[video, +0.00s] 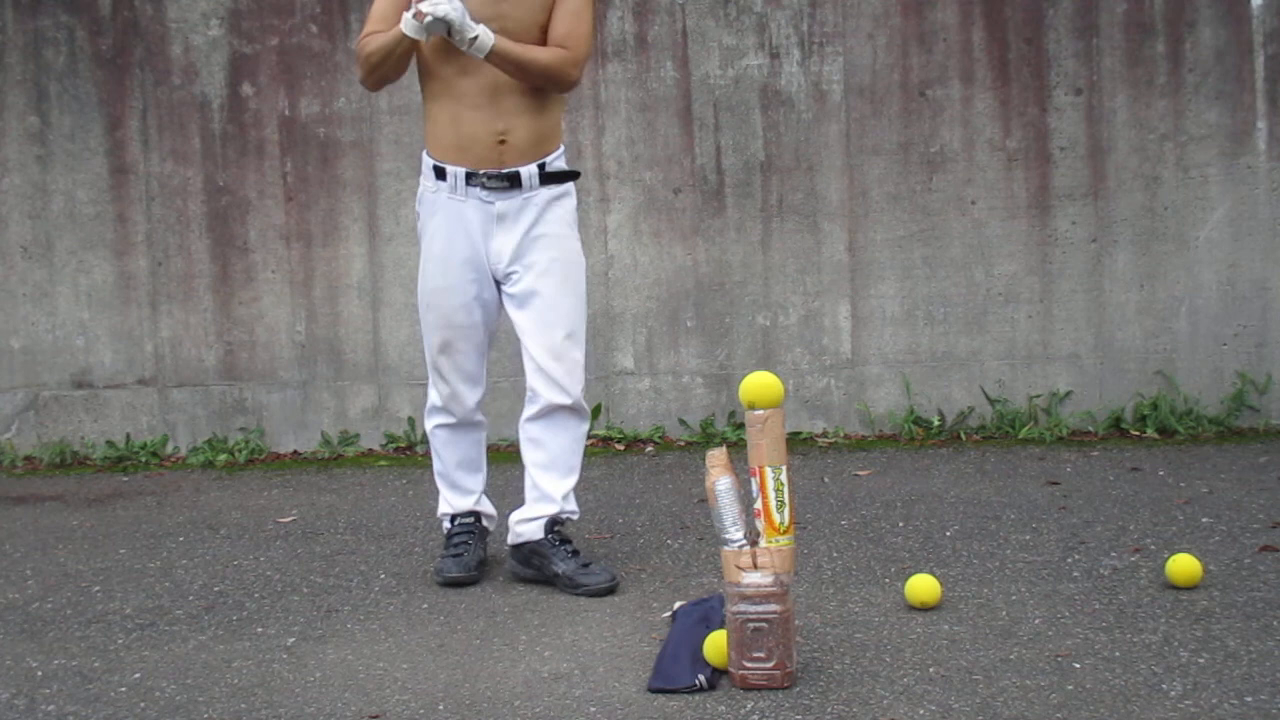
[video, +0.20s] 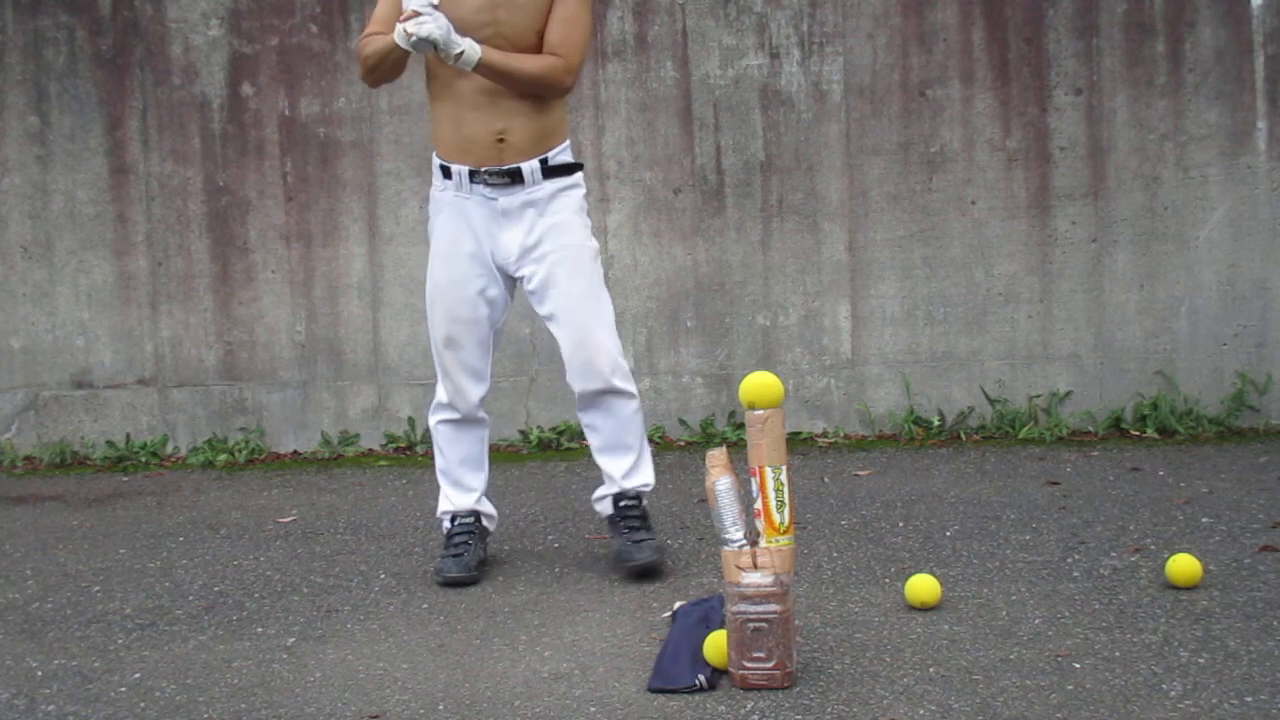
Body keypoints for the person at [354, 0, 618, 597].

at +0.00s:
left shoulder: (568, 1)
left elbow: (566, 71)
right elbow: (370, 72)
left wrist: (480, 39)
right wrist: (413, 27)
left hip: (543, 199)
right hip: (450, 200)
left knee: (559, 378)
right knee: (453, 380)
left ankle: (541, 532)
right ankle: (462, 521)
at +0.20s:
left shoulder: (567, 1)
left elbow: (559, 75)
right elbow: (372, 69)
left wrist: (462, 49)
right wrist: (408, 36)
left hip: (549, 193)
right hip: (458, 199)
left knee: (597, 361)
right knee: (458, 382)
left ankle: (629, 505)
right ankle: (462, 518)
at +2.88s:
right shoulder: (492, 0)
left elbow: (638, 59)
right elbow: (464, 96)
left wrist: (568, 2)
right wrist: (480, 14)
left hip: (605, 194)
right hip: (513, 197)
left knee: (647, 363)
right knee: (480, 373)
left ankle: (686, 507)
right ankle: (455, 517)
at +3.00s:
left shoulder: (632, 0)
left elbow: (626, 66)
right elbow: (464, 94)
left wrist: (549, 13)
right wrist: (485, 16)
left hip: (605, 195)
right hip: (513, 197)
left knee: (647, 363)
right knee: (480, 373)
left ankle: (686, 507)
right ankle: (455, 517)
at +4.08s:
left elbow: (628, 70)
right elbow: (461, 89)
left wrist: (560, 15)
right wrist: (500, 17)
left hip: (605, 195)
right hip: (513, 198)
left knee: (647, 363)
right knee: (480, 373)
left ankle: (686, 507)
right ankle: (455, 517)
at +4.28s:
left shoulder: (632, 0)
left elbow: (630, 74)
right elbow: (463, 94)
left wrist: (560, 20)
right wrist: (501, 22)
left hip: (606, 195)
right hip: (513, 197)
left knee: (647, 363)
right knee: (480, 373)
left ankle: (686, 507)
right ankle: (455, 517)